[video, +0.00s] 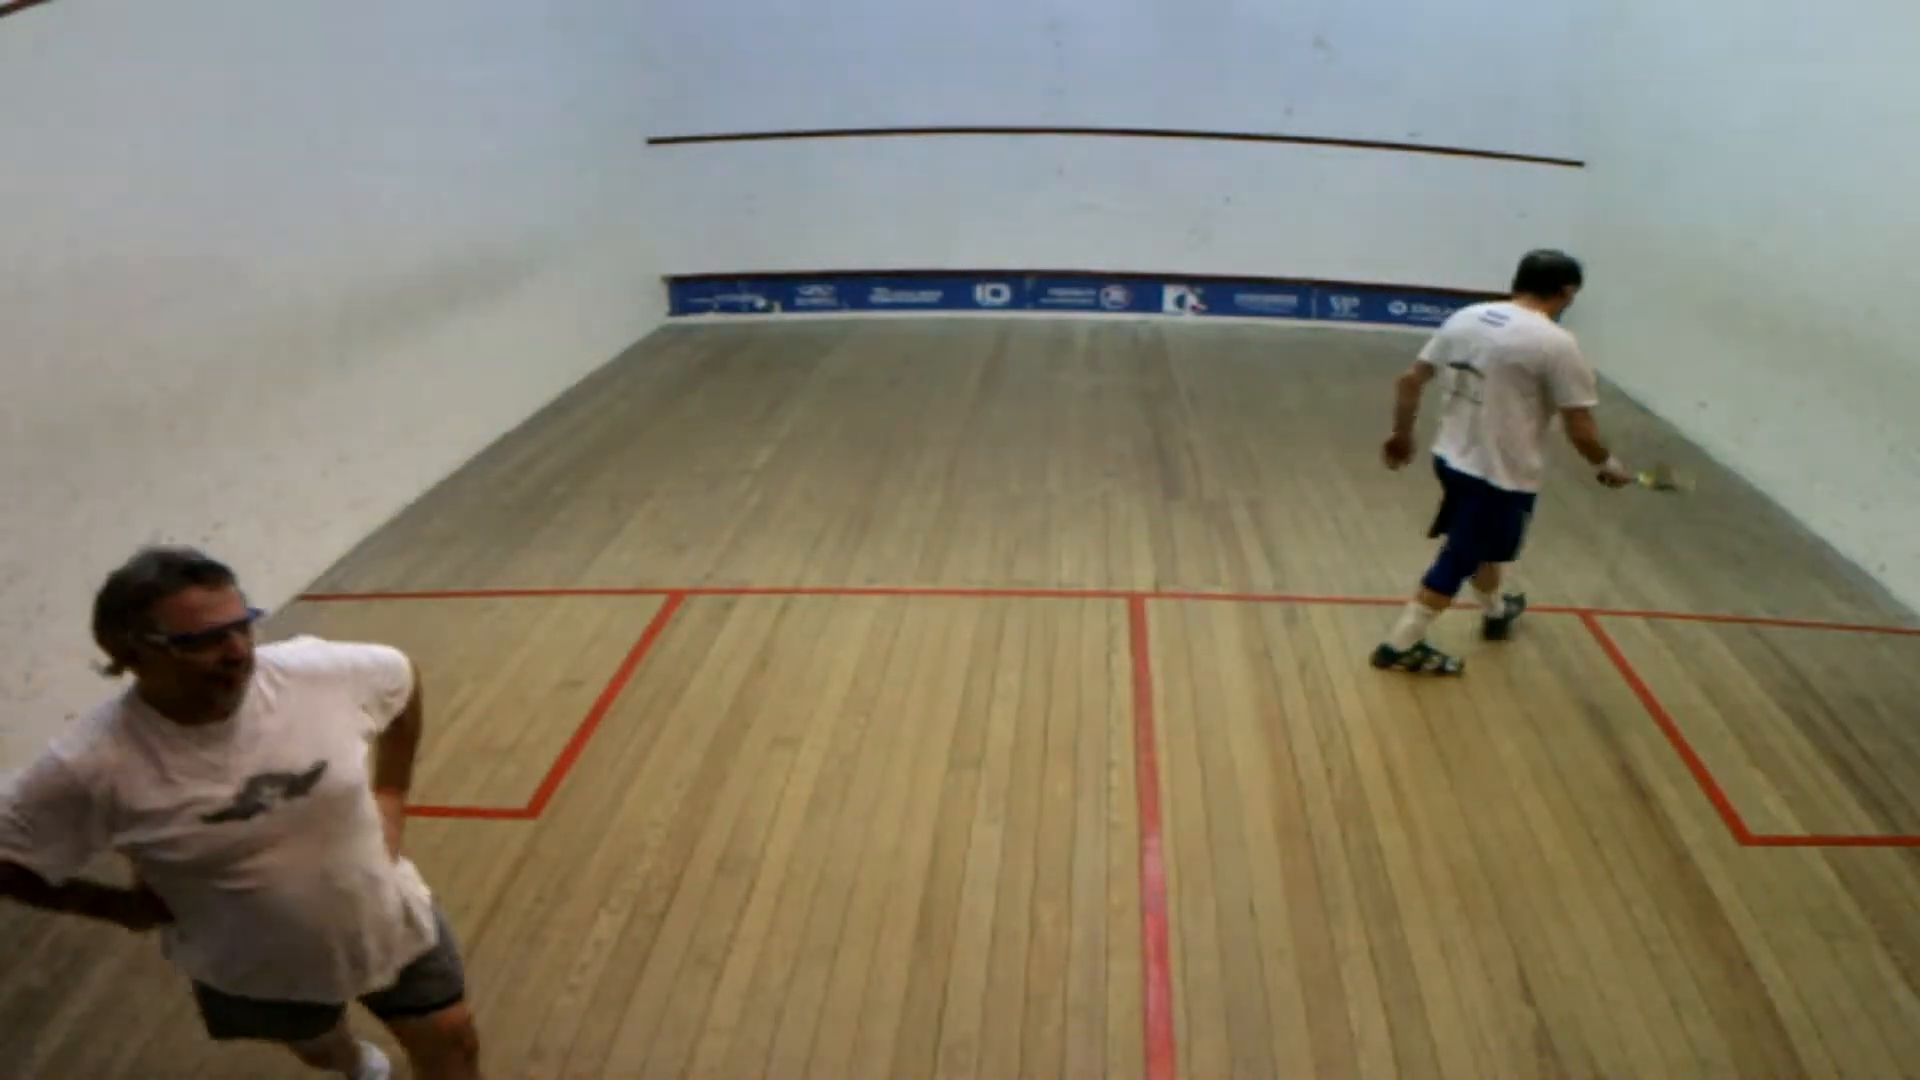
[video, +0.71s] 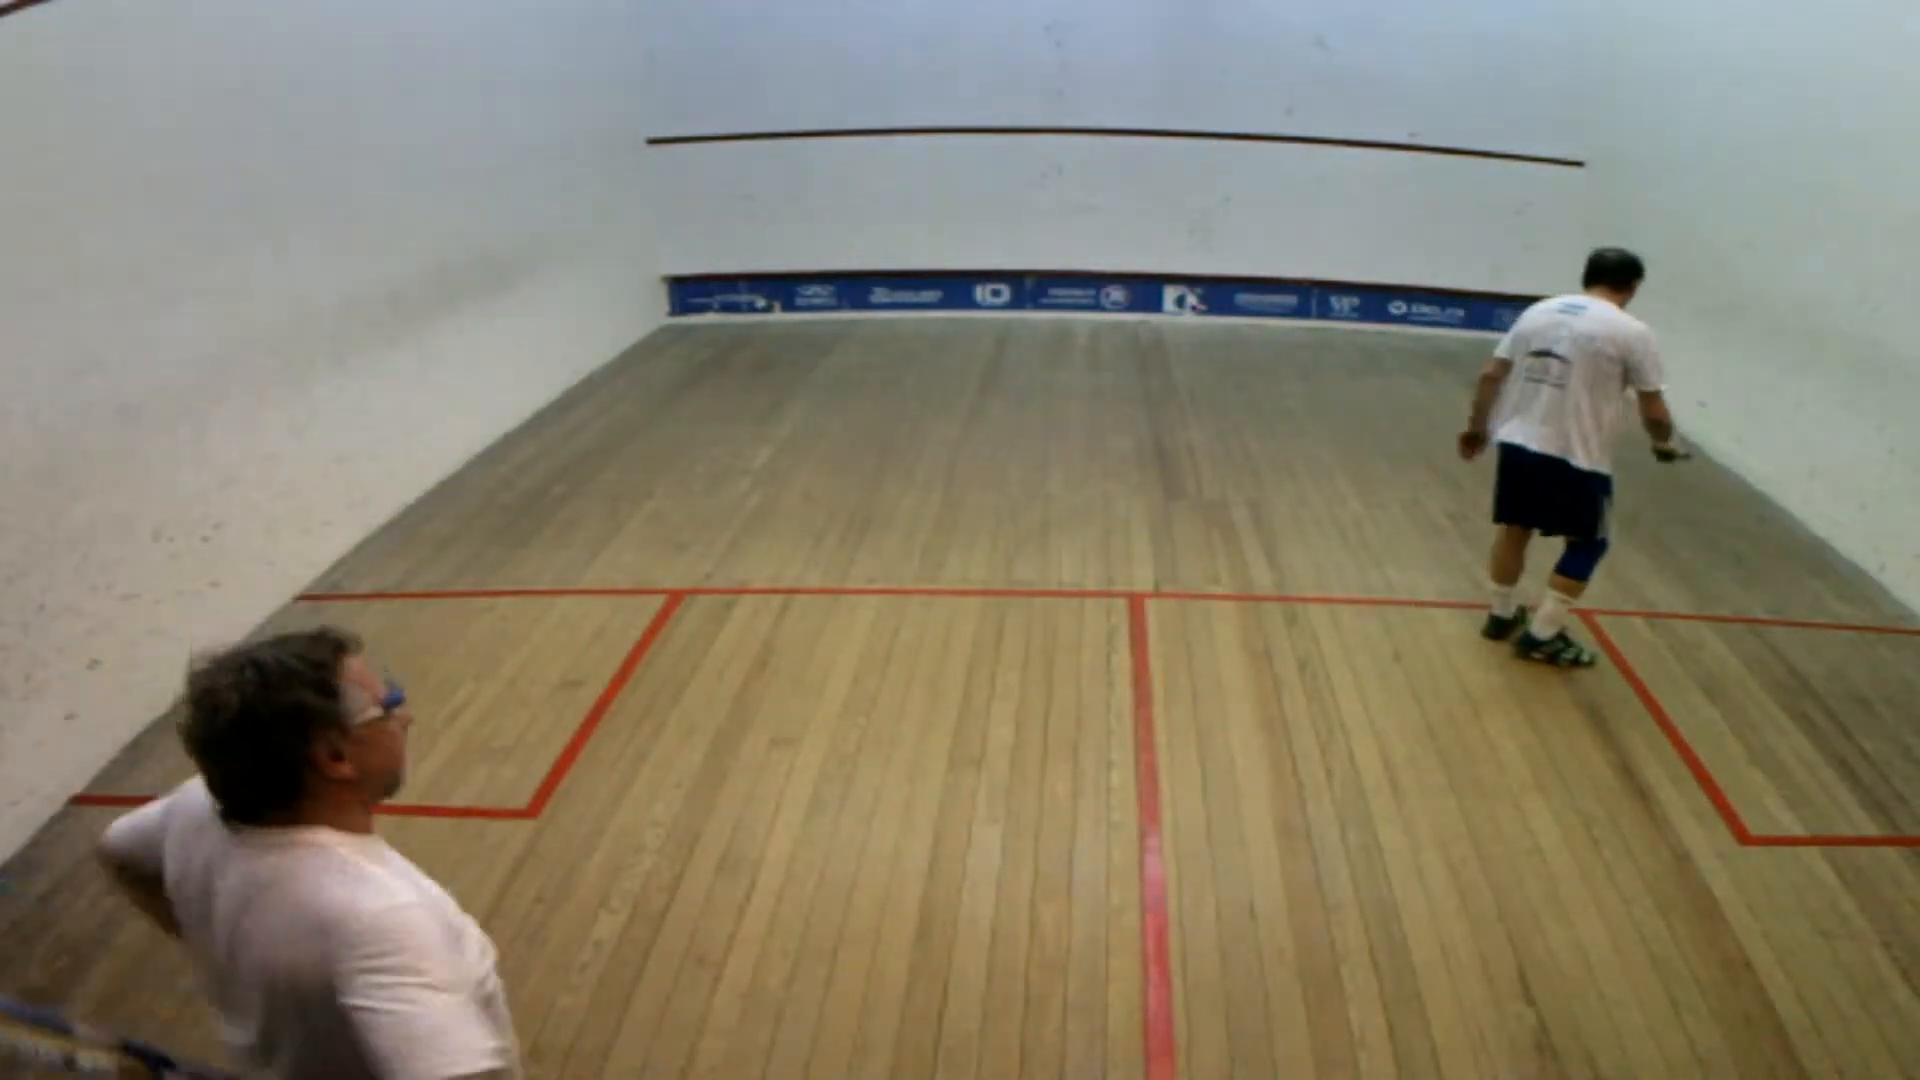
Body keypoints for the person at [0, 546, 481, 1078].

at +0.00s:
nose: (238, 653)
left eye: (243, 628)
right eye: (208, 642)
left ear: (253, 617)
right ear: (134, 654)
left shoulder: (314, 673)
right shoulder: (91, 766)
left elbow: (400, 679)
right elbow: (5, 860)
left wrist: (390, 804)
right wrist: (117, 906)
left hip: (382, 915)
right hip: (264, 973)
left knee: (453, 1040)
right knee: (321, 1044)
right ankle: (367, 1070)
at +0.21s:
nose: (304, 659)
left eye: (304, 634)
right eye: (270, 648)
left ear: (314, 626)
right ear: (192, 670)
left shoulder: (368, 695)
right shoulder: (139, 797)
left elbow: (415, 729)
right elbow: (19, 913)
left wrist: (392, 827)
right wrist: (163, 960)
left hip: (432, 962)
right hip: (314, 1026)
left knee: (472, 1055)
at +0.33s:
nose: (342, 655)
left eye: (331, 633)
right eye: (313, 646)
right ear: (239, 677)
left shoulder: (346, 701)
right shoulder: (171, 816)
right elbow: (41, 959)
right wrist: (205, 992)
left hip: (453, 974)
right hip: (365, 1054)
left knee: (469, 1060)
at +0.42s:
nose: (361, 665)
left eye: (347, 645)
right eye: (333, 655)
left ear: (269, 692)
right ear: (266, 693)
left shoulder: (328, 730)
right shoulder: (205, 838)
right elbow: (97, 1005)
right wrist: (250, 1025)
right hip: (394, 1064)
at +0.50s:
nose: (375, 674)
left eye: (360, 656)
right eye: (348, 664)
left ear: (286, 705)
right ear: (283, 704)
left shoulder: (327, 747)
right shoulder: (234, 857)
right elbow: (153, 1036)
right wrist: (292, 1048)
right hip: (416, 1068)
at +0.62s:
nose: (399, 704)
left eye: (385, 686)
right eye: (376, 693)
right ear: (320, 736)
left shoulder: (221, 796)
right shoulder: (325, 906)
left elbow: (168, 804)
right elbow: (334, 1064)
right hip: (434, 1069)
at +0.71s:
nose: (406, 717)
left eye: (393, 701)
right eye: (385, 708)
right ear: (335, 756)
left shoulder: (208, 806)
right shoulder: (376, 918)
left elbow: (121, 849)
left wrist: (210, 937)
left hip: (269, 1061)